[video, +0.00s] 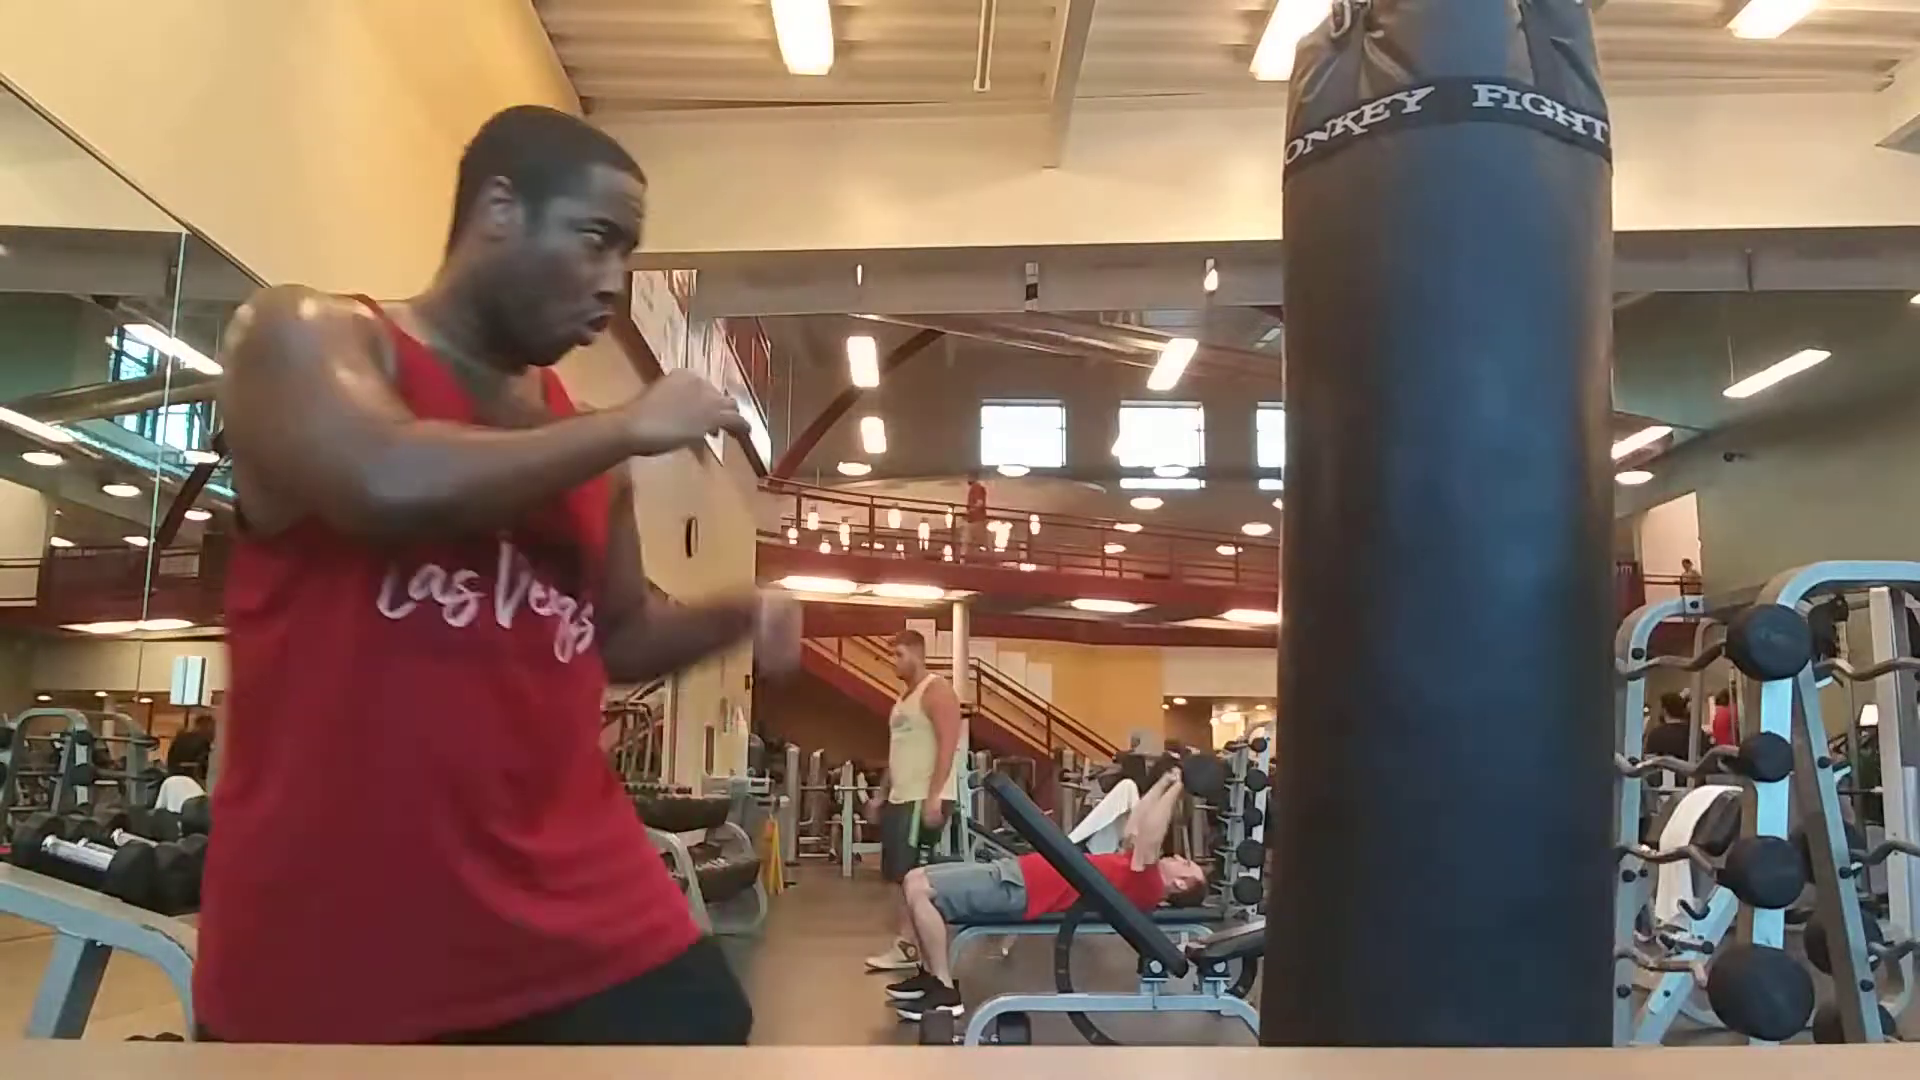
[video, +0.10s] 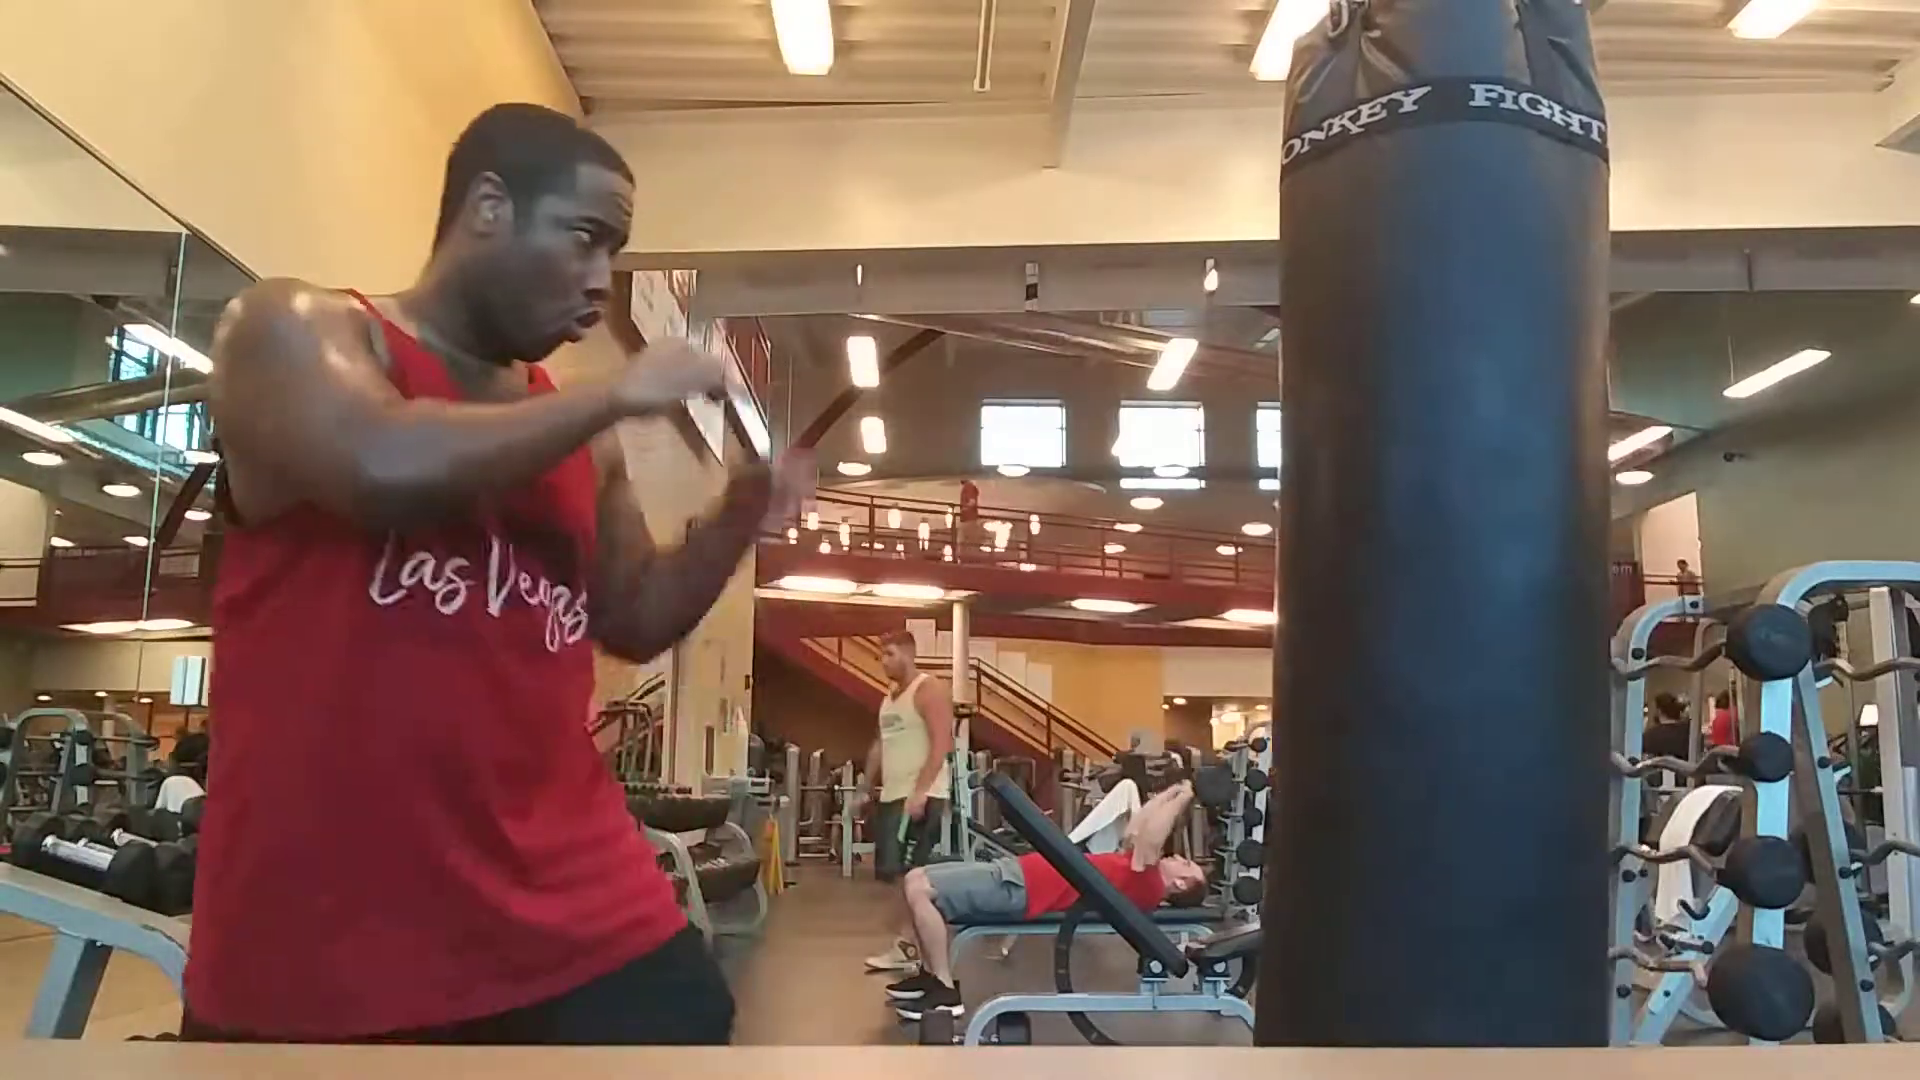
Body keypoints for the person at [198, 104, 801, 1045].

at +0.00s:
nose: (619, 285)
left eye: (629, 255)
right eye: (598, 239)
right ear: (496, 212)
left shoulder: (580, 437)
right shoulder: (301, 330)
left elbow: (622, 637)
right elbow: (382, 483)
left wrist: (739, 614)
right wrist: (622, 428)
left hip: (584, 942)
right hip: (336, 970)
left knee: (707, 1042)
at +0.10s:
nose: (606, 285)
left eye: (614, 252)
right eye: (586, 238)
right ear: (485, 210)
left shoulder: (569, 422)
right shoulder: (290, 323)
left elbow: (633, 616)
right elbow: (382, 471)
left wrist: (736, 518)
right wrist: (613, 396)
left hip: (583, 949)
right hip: (327, 975)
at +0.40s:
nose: (682, 312)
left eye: (688, 283)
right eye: (665, 272)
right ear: (574, 248)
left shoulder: (627, 451)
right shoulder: (392, 358)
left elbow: (701, 657)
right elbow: (482, 509)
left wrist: (795, 526)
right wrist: (699, 424)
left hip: (634, 985)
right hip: (398, 989)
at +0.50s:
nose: (739, 327)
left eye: (745, 299)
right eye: (723, 285)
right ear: (635, 259)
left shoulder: (675, 452)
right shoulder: (466, 369)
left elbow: (750, 651)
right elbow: (564, 517)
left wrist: (847, 537)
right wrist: (773, 443)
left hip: (698, 978)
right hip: (489, 986)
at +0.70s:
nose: (825, 334)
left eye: (832, 306)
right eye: (810, 293)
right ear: (723, 267)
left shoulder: (748, 451)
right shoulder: (561, 361)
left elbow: (831, 650)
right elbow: (709, 521)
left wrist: (931, 513)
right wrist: (884, 431)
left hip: (786, 978)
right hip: (590, 995)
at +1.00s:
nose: (917, 334)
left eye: (920, 305)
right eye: (897, 294)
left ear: (812, 283)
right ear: (807, 277)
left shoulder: (834, 472)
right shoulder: (644, 383)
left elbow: (932, 661)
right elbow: (780, 530)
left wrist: (1047, 588)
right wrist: (974, 456)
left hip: (892, 929)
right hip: (691, 966)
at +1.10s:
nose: (994, 367)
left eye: (999, 341)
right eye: (977, 330)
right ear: (881, 308)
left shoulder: (943, 510)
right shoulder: (736, 410)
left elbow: (1078, 648)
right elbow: (764, 523)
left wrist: (1253, 583)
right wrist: (999, 474)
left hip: (899, 949)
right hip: (708, 971)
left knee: (1034, 1054)